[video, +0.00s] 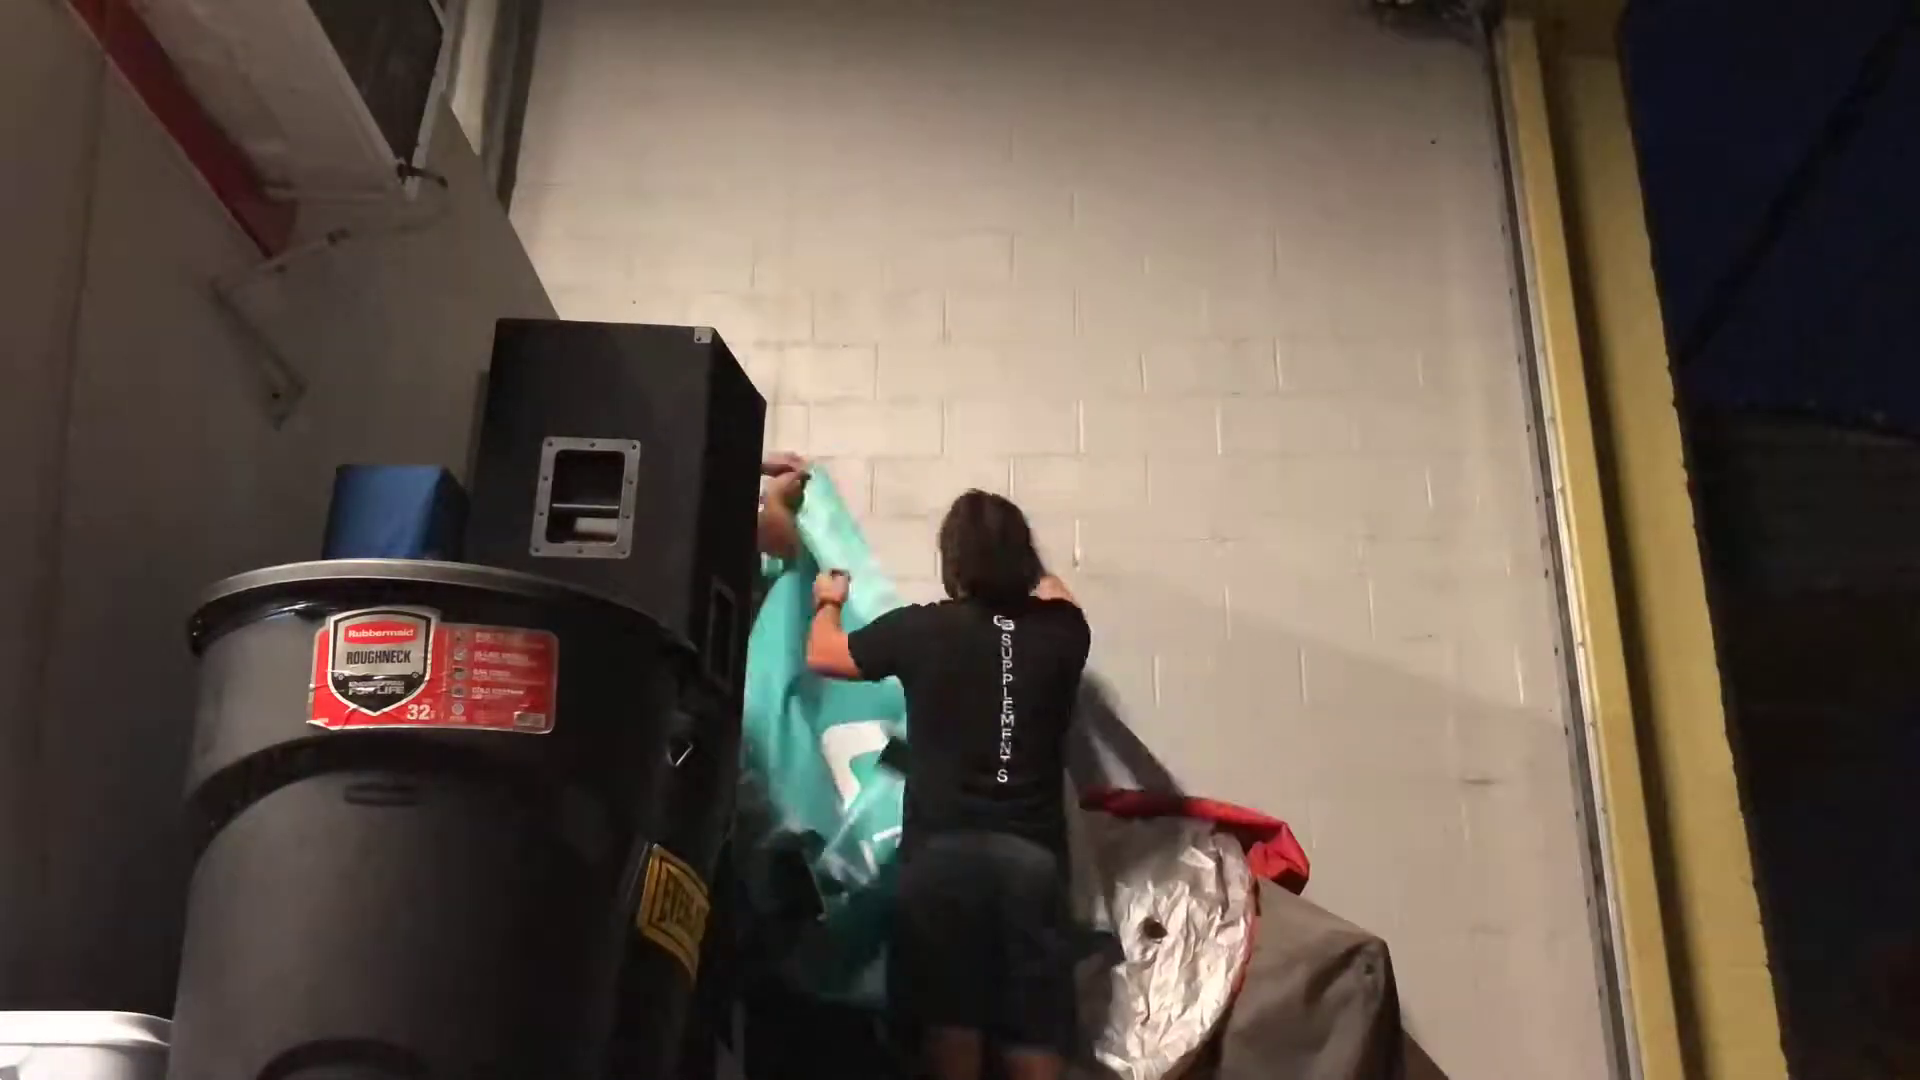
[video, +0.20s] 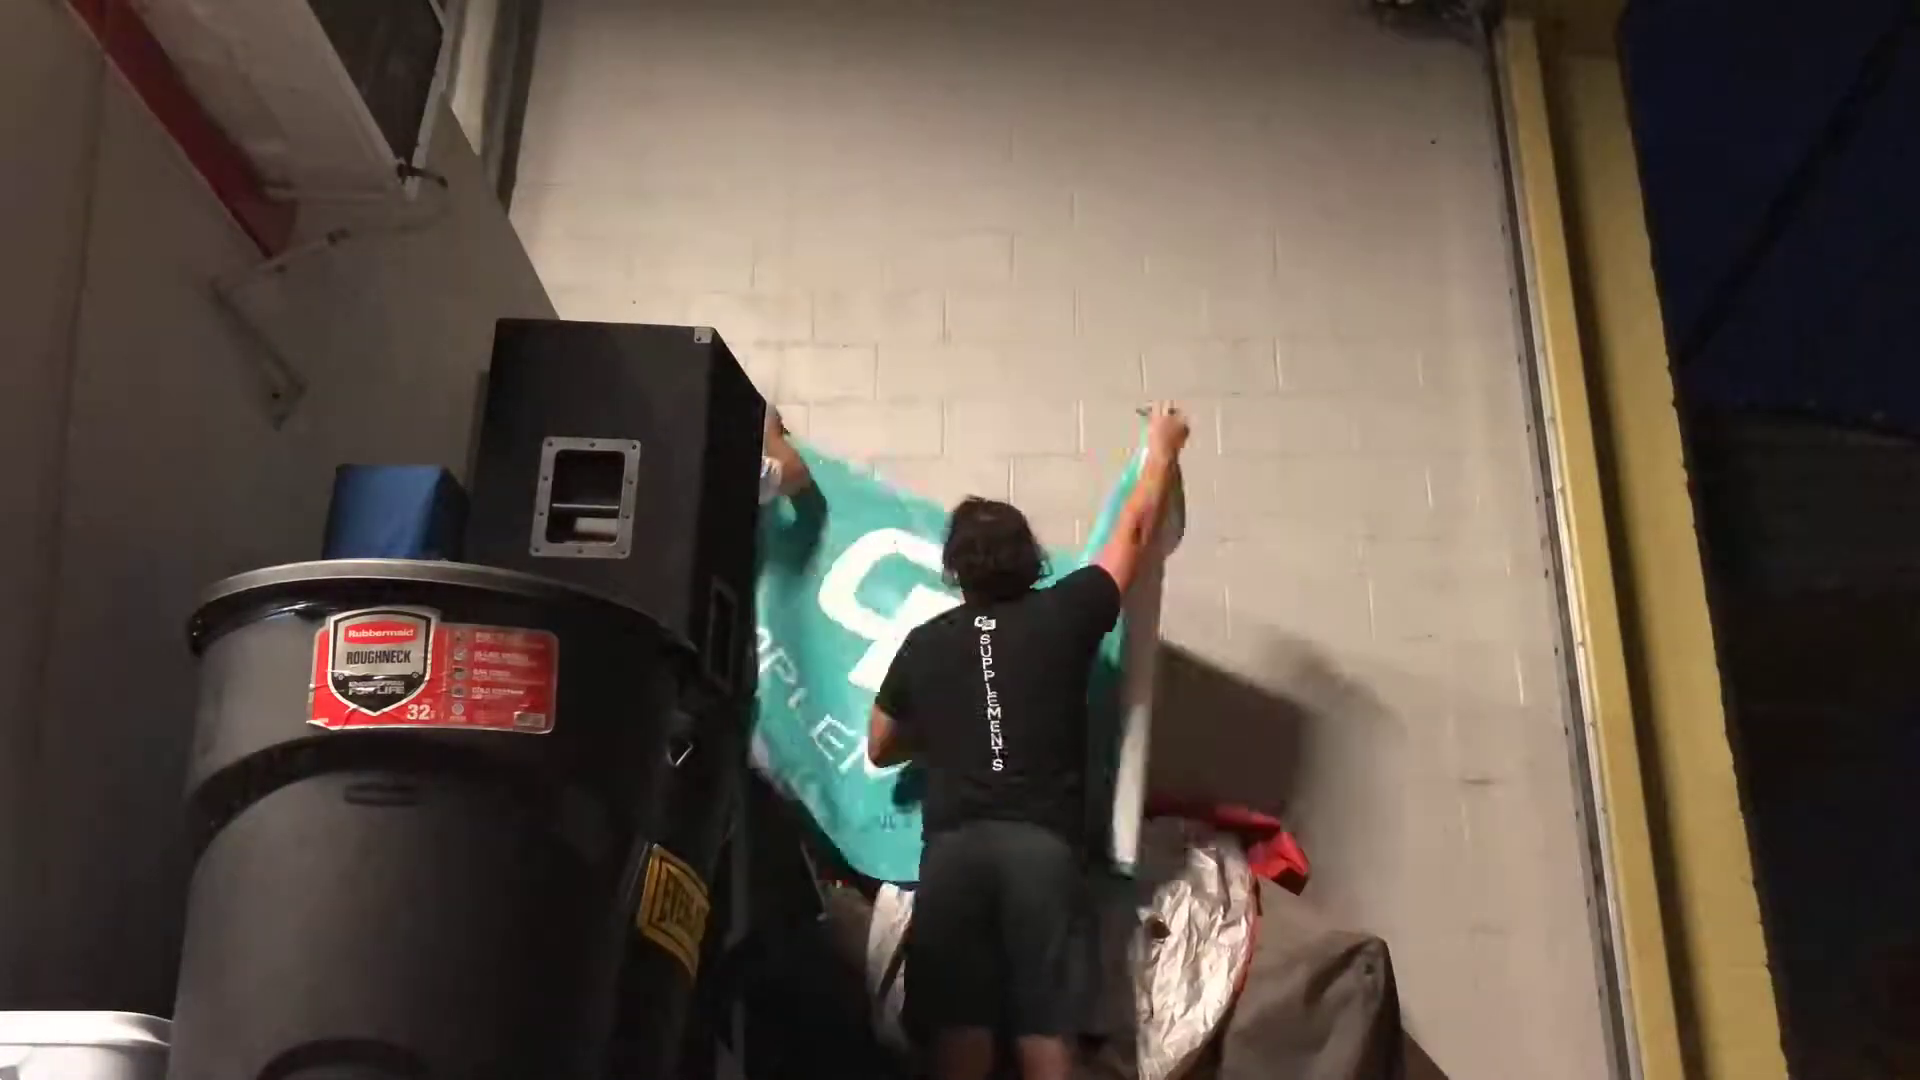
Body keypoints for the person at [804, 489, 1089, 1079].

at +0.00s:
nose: (949, 555)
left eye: (951, 547)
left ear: (951, 557)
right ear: (1025, 557)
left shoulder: (920, 630)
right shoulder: (1063, 634)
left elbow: (823, 654)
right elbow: (1056, 600)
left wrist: (828, 601)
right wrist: (1030, 569)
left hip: (941, 848)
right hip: (1030, 851)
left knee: (948, 1023)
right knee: (1034, 1027)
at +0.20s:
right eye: (1017, 544)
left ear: (953, 568)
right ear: (1028, 560)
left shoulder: (925, 644)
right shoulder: (1065, 615)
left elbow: (881, 751)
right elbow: (1135, 527)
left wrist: (942, 723)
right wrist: (1162, 449)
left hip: (951, 854)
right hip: (1044, 850)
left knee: (956, 1038)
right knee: (1045, 1038)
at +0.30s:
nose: (1041, 582)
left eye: (1027, 573)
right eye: (1034, 574)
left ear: (966, 602)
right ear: (1034, 589)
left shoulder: (947, 665)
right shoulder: (1060, 643)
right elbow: (1158, 581)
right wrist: (1146, 491)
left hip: (949, 864)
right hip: (1032, 861)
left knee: (956, 1041)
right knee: (1041, 1045)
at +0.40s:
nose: (1039, 606)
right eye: (1033, 598)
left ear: (963, 608)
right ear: (1033, 606)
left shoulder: (925, 672)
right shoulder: (1066, 673)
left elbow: (904, 681)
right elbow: (1127, 695)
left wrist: (974, 647)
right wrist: (1049, 649)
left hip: (947, 866)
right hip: (1035, 866)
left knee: (947, 1045)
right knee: (1035, 1047)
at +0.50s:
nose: (948, 602)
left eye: (954, 596)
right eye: (952, 594)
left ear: (962, 609)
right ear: (1021, 615)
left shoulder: (946, 664)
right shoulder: (1034, 677)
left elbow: (859, 732)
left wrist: (840, 697)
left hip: (957, 851)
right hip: (1038, 856)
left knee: (953, 1028)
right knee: (1034, 1038)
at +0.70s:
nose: (962, 607)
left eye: (967, 599)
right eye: (966, 598)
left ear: (979, 610)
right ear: (1034, 618)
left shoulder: (956, 651)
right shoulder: (1038, 673)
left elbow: (850, 627)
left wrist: (807, 591)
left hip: (967, 851)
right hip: (1046, 859)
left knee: (963, 1034)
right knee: (1040, 1042)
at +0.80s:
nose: (960, 609)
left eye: (965, 600)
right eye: (964, 599)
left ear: (977, 611)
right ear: (1033, 620)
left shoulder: (957, 652)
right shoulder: (1037, 675)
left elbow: (849, 626)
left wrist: (809, 589)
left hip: (967, 853)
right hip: (1046, 861)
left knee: (962, 1037)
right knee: (1040, 1045)